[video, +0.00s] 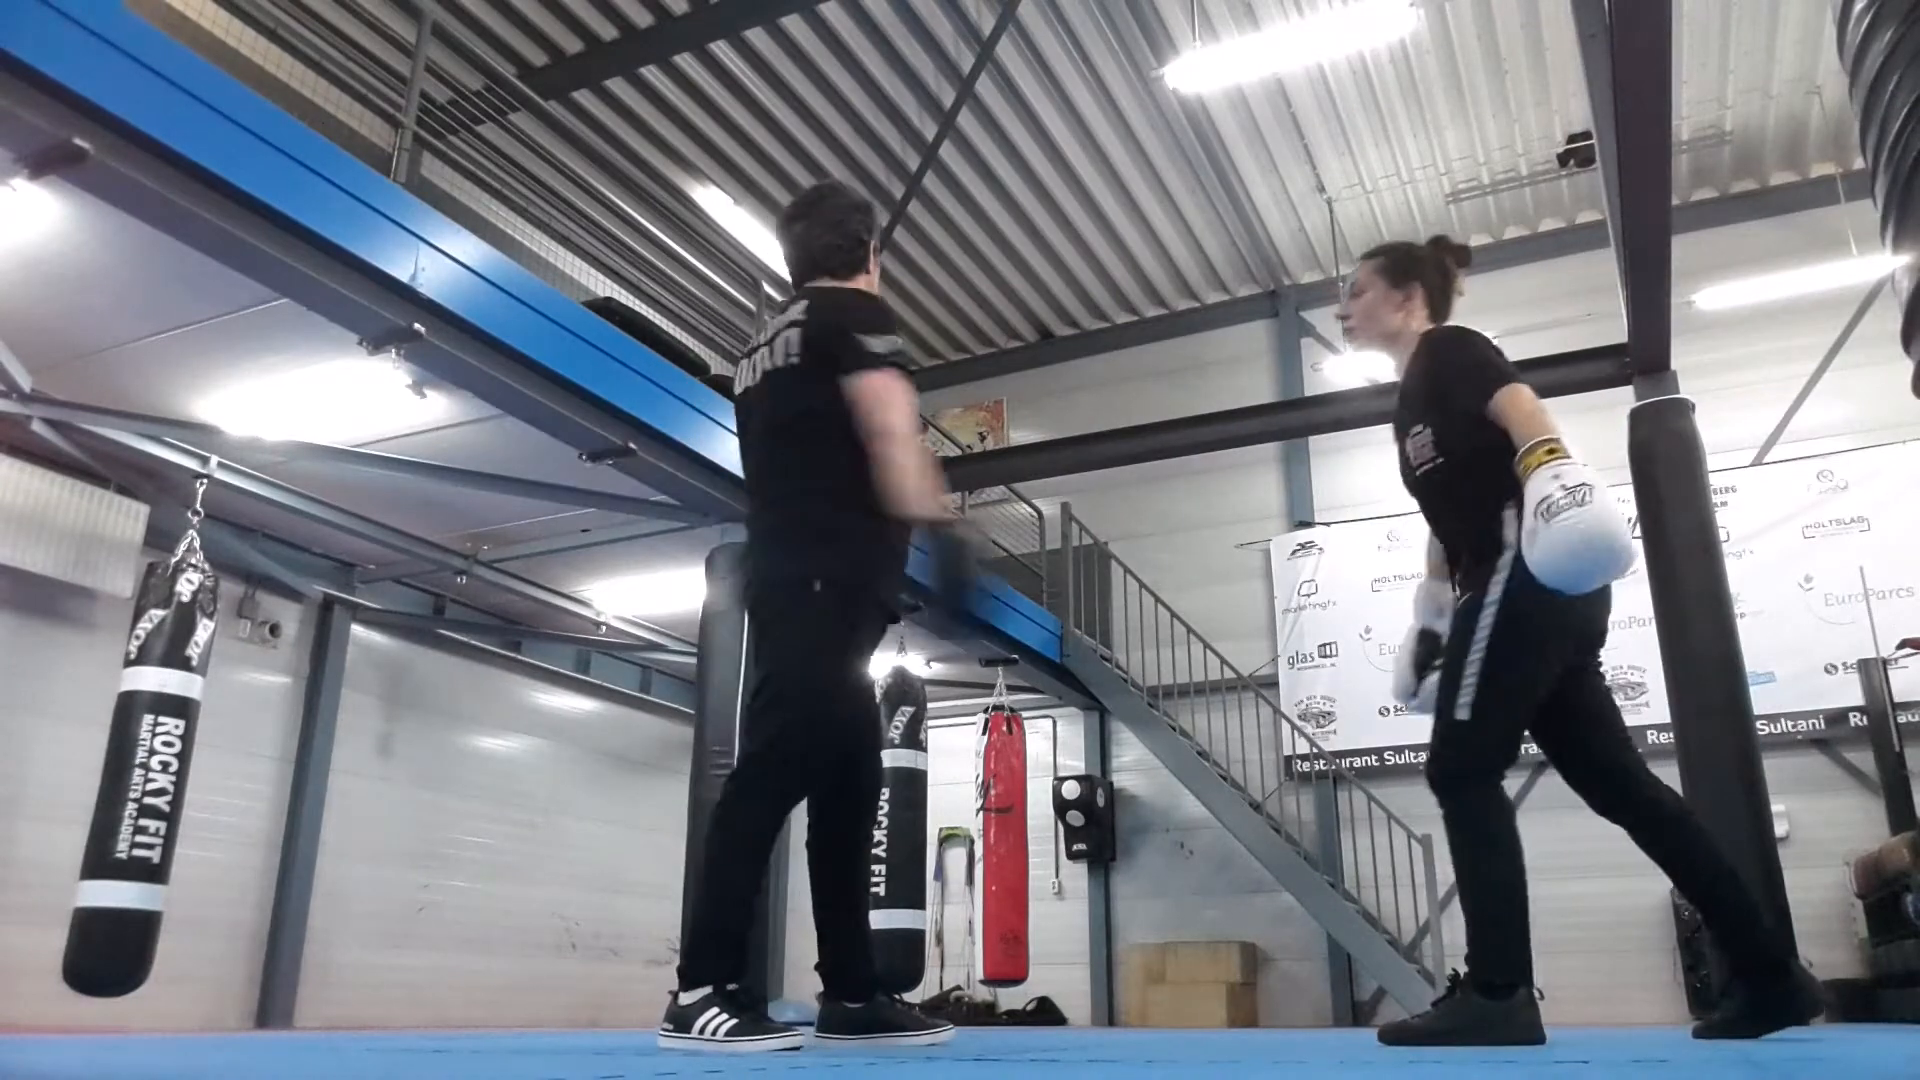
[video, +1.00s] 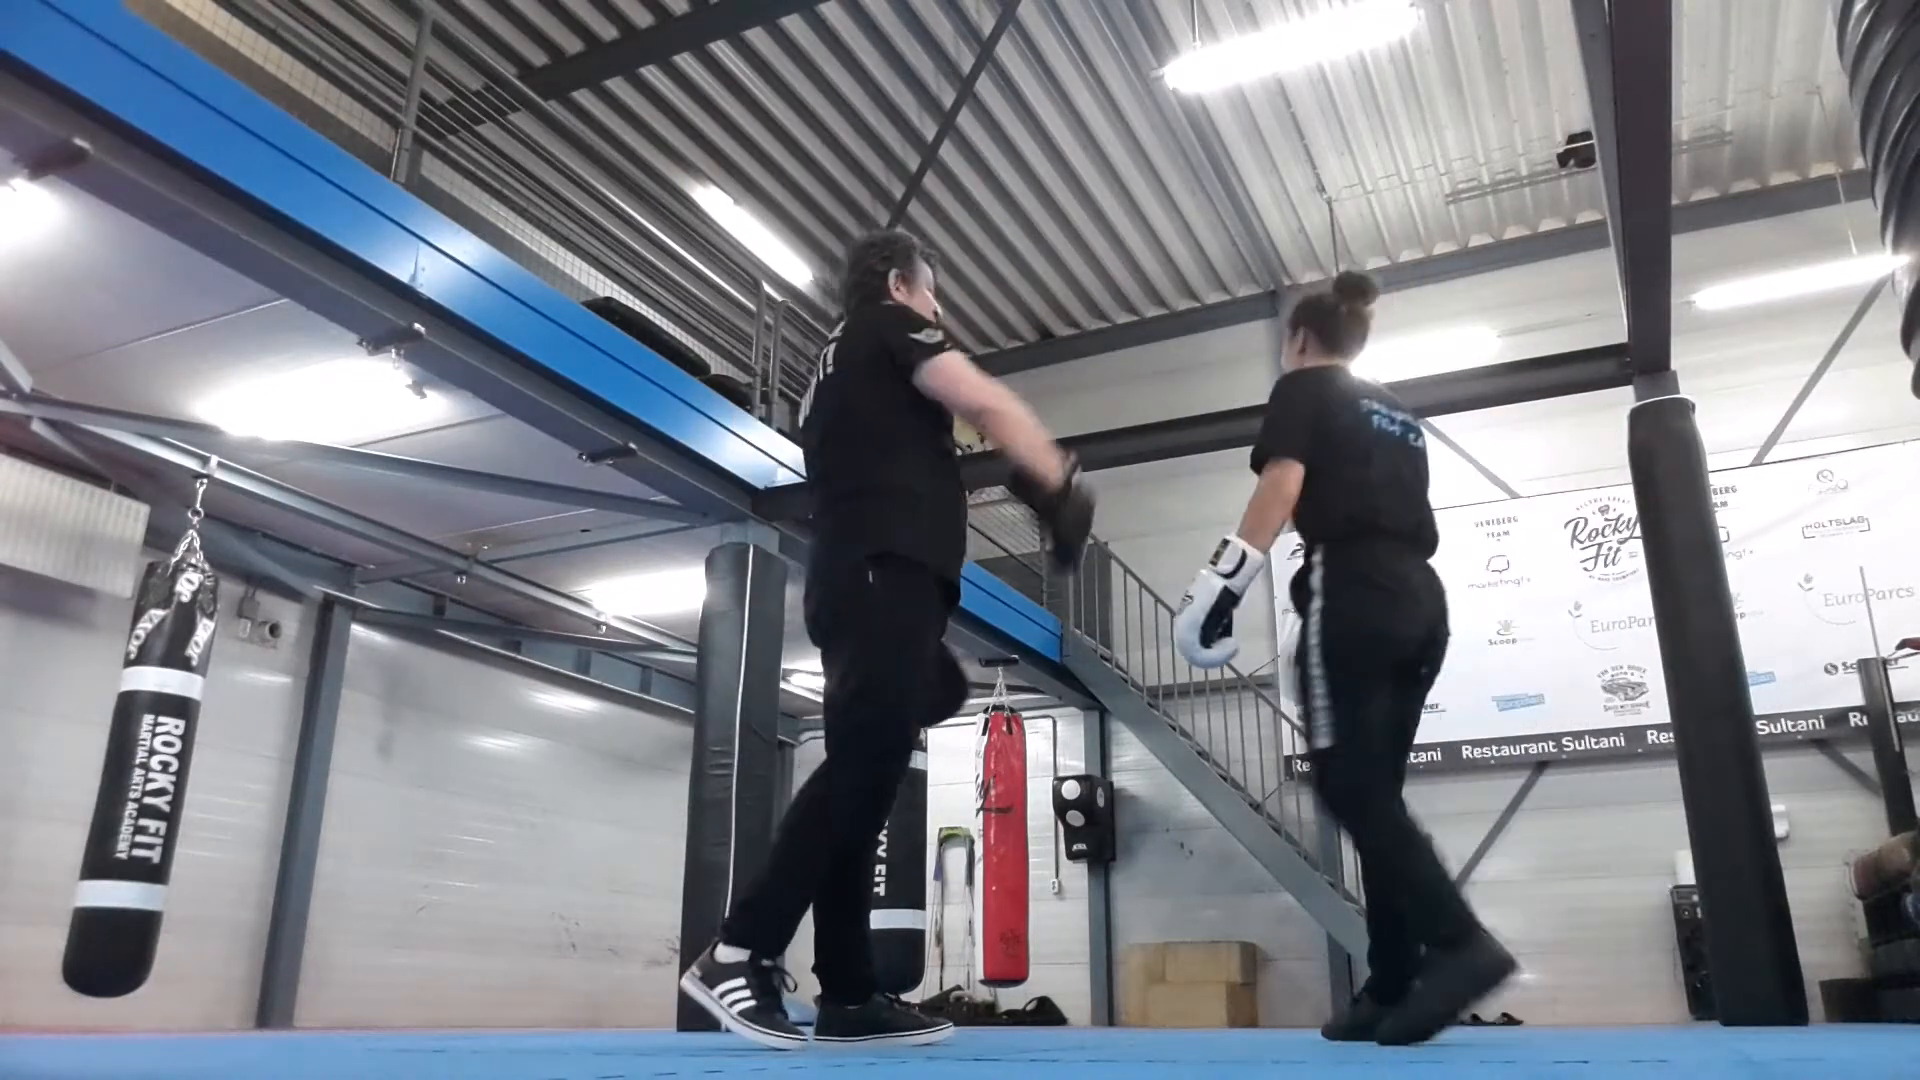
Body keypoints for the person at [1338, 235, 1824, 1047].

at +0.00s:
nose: (1345, 306)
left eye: (1358, 292)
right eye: (1346, 294)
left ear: (1407, 296)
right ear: (1396, 303)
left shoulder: (1447, 349)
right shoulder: (1412, 399)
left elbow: (1516, 407)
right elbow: (1451, 519)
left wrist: (1555, 476)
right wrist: (1431, 618)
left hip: (1527, 576)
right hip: (1526, 589)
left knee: (1461, 769)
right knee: (1619, 786)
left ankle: (1496, 996)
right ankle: (1768, 973)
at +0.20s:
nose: (1312, 294)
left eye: (1327, 280)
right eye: (1315, 282)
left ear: (1378, 286)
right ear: (1366, 292)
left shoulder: (1428, 344)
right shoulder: (1371, 406)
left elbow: (1500, 403)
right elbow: (1371, 516)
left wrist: (1508, 473)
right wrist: (1353, 609)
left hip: (1487, 578)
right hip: (1510, 582)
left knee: (1447, 772)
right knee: (1581, 778)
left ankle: (1498, 994)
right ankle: (1752, 967)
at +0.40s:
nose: (1299, 286)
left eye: (1309, 269)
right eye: (1300, 271)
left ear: (1350, 267)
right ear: (1359, 273)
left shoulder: (1387, 330)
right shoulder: (1380, 361)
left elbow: (1400, 425)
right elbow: (1325, 474)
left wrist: (1385, 525)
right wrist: (1231, 513)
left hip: (1461, 557)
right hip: (1493, 560)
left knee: (1455, 767)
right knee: (1467, 768)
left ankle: (1498, 995)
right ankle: (1622, 948)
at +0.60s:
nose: (1297, 302)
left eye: (1302, 286)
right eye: (1298, 288)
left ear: (1334, 279)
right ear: (1368, 285)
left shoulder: (1347, 338)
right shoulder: (1408, 354)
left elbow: (1329, 433)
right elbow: (1352, 464)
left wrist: (1266, 536)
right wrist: (1257, 437)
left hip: (1418, 550)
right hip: (1476, 550)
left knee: (1455, 765)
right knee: (1408, 760)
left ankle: (1504, 999)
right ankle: (1442, 978)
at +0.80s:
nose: (1298, 330)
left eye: (1300, 317)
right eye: (1300, 318)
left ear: (1321, 313)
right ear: (1367, 320)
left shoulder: (1321, 372)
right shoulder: (1401, 390)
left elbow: (1282, 476)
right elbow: (1360, 504)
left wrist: (1216, 561)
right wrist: (1271, 505)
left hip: (1383, 579)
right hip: (1445, 583)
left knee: (1441, 779)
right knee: (1370, 784)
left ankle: (1500, 994)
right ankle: (1389, 991)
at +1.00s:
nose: (1283, 351)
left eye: (1284, 342)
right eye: (1285, 343)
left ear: (1299, 338)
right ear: (1354, 344)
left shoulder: (1302, 388)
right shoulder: (1393, 411)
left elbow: (1281, 485)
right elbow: (1404, 519)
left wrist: (1224, 576)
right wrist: (1329, 568)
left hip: (1350, 592)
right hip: (1418, 592)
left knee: (1347, 784)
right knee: (1376, 791)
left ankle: (1460, 947)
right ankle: (1392, 984)